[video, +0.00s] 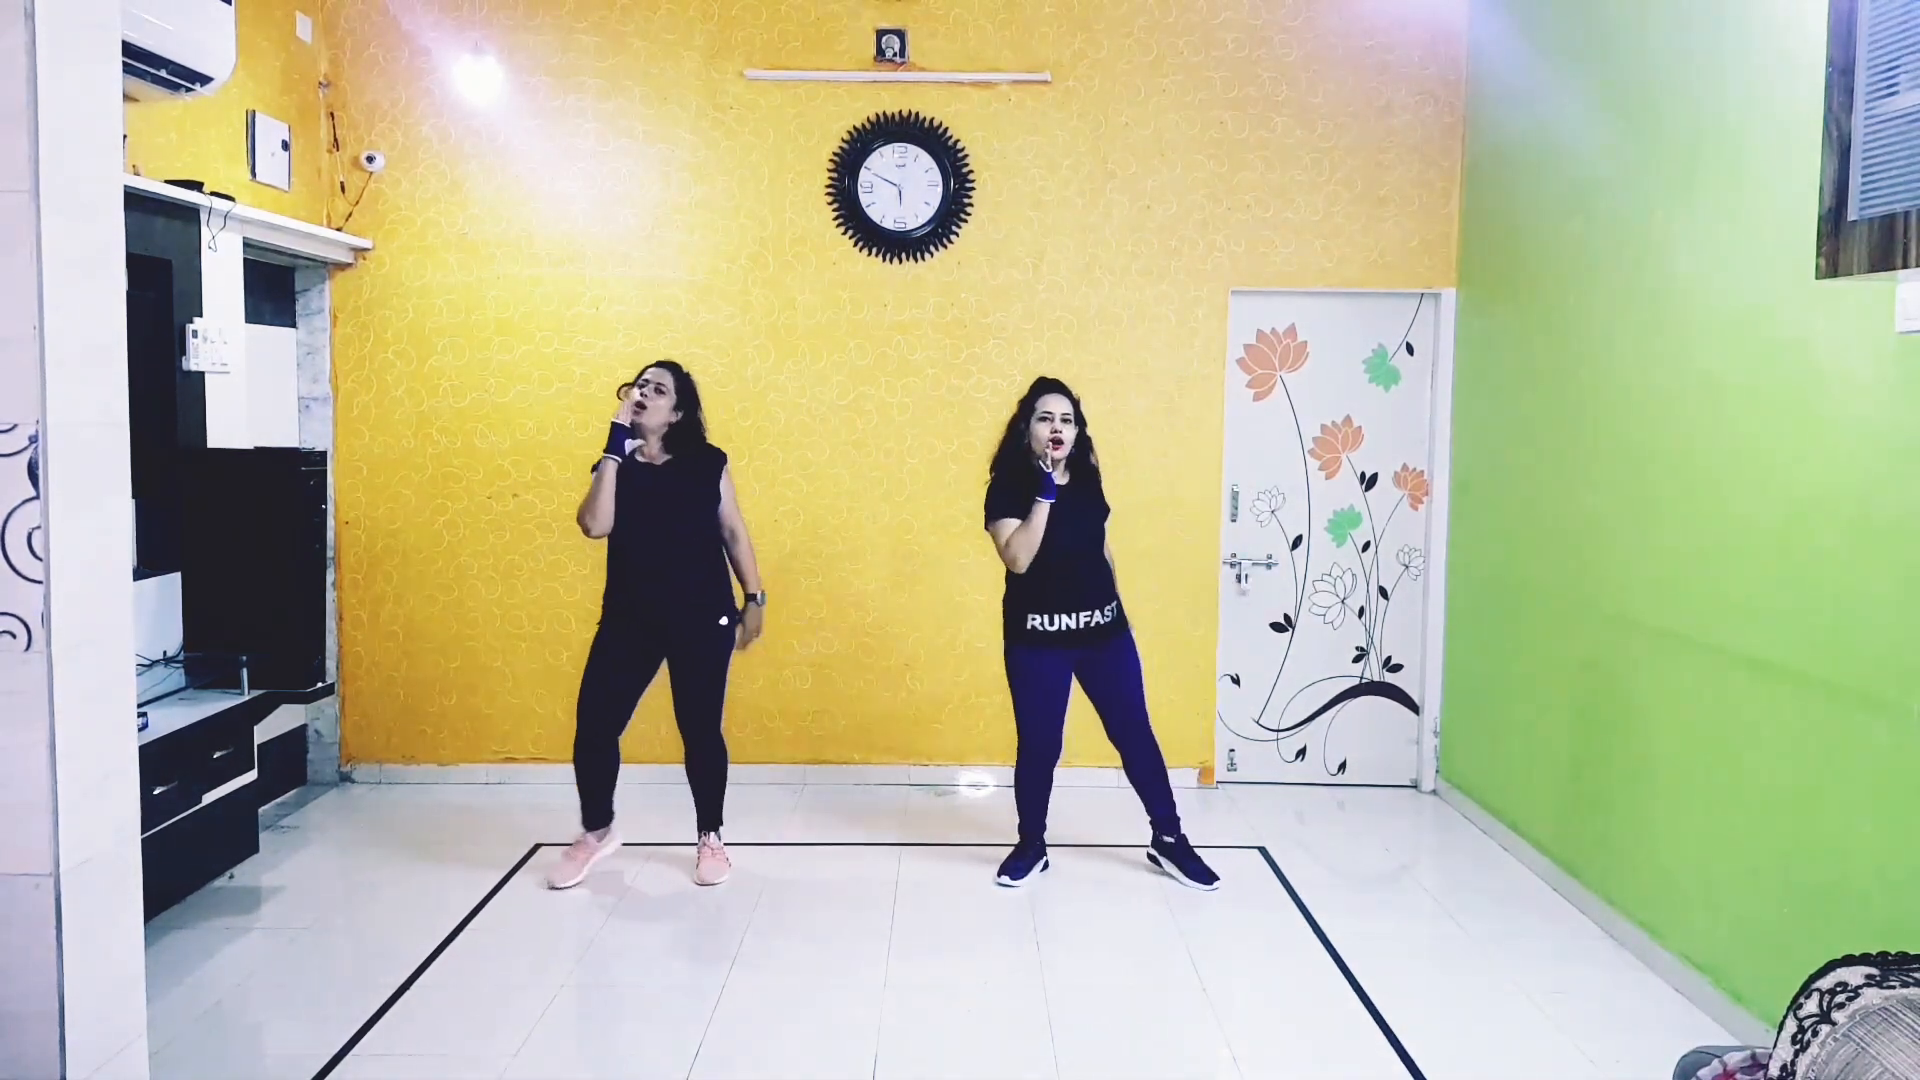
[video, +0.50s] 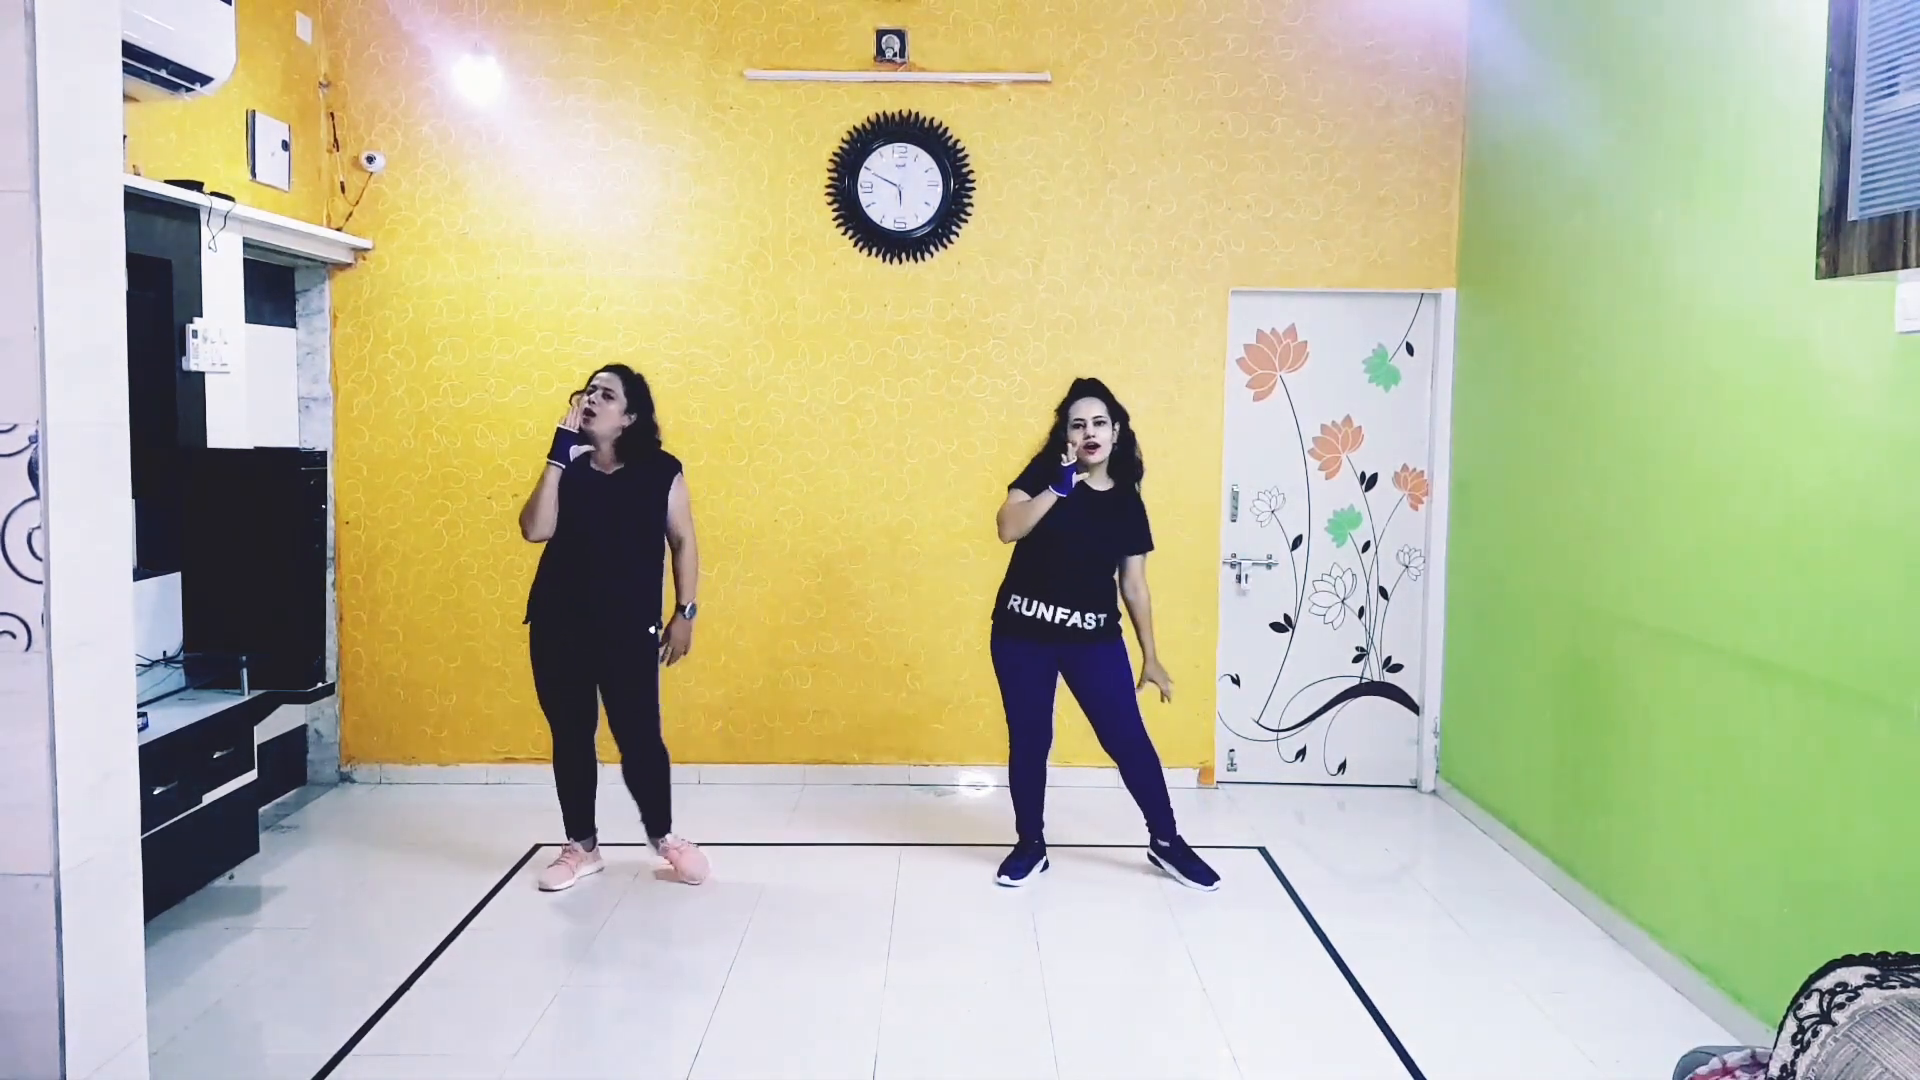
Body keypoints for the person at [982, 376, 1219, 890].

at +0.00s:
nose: (1057, 429)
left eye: (1066, 420)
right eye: (1045, 419)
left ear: (1077, 427)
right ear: (1025, 425)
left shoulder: (1087, 475)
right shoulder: (1008, 483)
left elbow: (1101, 547)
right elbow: (1016, 559)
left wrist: (1114, 610)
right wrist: (1048, 489)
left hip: (1101, 627)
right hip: (1036, 633)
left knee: (1135, 734)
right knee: (1038, 746)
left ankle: (1169, 836)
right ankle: (1030, 843)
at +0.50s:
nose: (1089, 432)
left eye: (1100, 422)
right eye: (1078, 423)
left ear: (1117, 430)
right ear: (1064, 432)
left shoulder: (1126, 501)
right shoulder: (1043, 473)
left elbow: (1134, 584)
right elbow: (1007, 528)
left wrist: (1150, 656)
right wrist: (1062, 483)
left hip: (1093, 636)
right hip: (1023, 630)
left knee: (1129, 741)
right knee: (1028, 741)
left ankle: (1166, 839)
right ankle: (1030, 843)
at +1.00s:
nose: (1138, 437)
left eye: (1149, 426)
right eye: (1128, 429)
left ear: (1172, 433)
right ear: (1118, 439)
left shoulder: (1194, 505)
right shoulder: (1110, 488)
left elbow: (1207, 587)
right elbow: (1071, 544)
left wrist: (1218, 662)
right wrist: (1109, 489)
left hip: (1159, 648)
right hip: (1089, 637)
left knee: (1171, 753)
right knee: (1062, 743)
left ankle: (1191, 843)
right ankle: (1032, 842)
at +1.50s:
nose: (1151, 435)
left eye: (1161, 425)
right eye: (1140, 426)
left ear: (1181, 432)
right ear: (1129, 437)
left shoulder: (1211, 485)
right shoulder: (1125, 491)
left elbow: (1252, 560)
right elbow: (1101, 568)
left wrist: (1279, 627)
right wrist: (1132, 517)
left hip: (1206, 642)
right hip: (1134, 638)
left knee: (1202, 754)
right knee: (1090, 742)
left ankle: (1194, 844)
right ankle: (1043, 839)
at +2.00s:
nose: (1109, 440)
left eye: (1116, 433)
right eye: (1099, 428)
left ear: (1120, 442)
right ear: (1071, 430)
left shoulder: (1116, 495)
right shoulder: (1040, 498)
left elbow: (1171, 534)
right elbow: (1021, 574)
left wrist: (1206, 473)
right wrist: (1042, 639)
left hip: (1141, 639)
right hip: (1074, 645)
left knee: (1171, 741)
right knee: (1057, 755)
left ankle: (1192, 841)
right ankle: (1028, 844)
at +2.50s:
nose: (1090, 446)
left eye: (1099, 435)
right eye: (1078, 435)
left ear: (1109, 442)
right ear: (1056, 440)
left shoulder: (1096, 505)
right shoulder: (1030, 484)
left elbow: (1101, 580)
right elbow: (969, 524)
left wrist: (1136, 540)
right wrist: (940, 586)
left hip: (1081, 641)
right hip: (1021, 640)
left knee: (1122, 743)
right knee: (1033, 751)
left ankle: (1162, 842)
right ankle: (1027, 844)